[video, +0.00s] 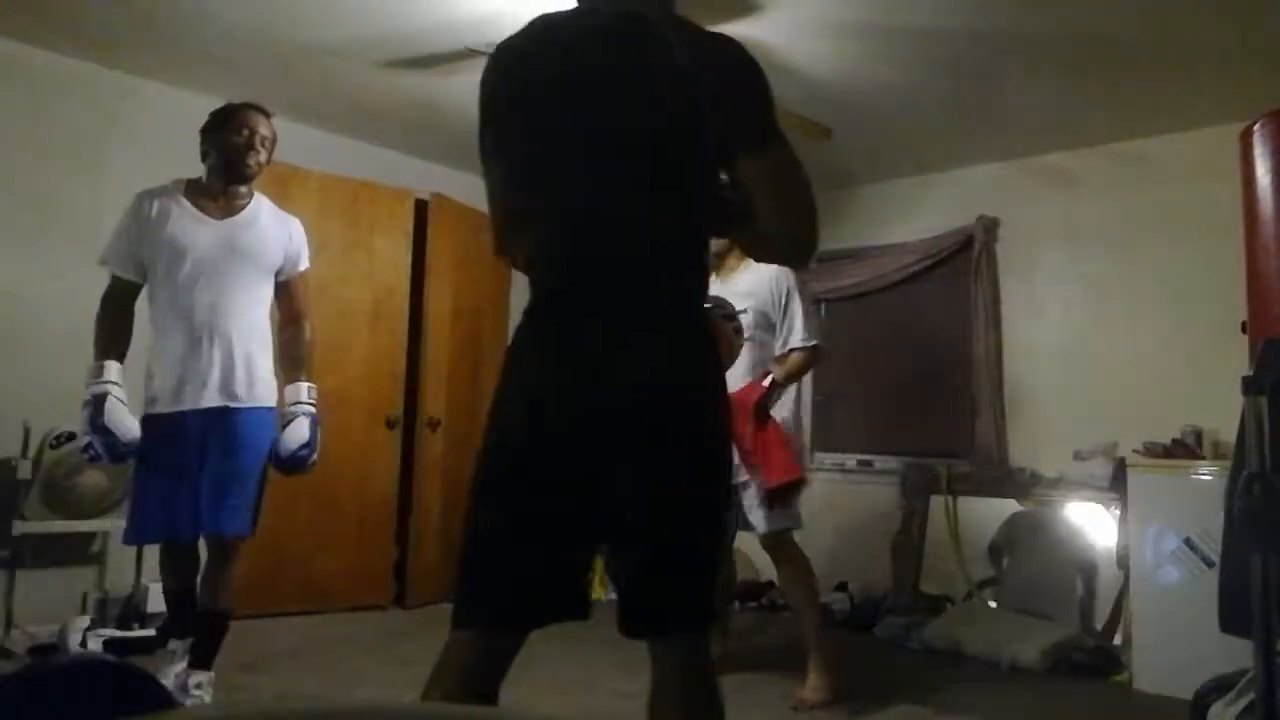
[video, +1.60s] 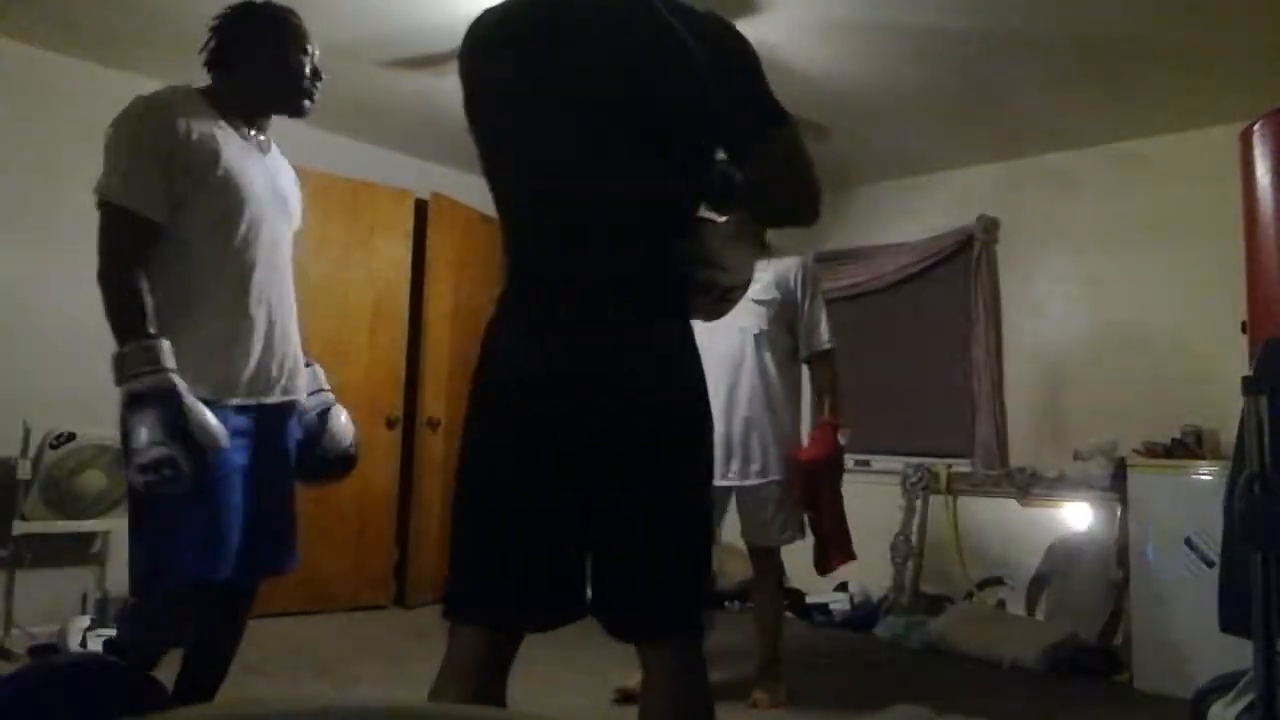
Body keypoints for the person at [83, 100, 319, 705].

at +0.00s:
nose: (255, 147)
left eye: (265, 143)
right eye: (243, 134)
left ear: (270, 158)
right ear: (207, 141)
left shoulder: (283, 230)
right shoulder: (155, 209)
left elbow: (295, 321)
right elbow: (118, 301)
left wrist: (301, 404)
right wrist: (105, 383)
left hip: (247, 403)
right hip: (171, 400)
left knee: (225, 541)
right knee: (175, 536)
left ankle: (200, 674)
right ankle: (186, 645)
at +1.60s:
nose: (317, 70)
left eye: (315, 57)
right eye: (301, 52)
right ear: (244, 53)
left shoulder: (278, 168)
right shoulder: (163, 121)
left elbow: (271, 298)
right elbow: (117, 264)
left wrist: (313, 390)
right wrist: (151, 383)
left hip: (268, 407)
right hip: (189, 404)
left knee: (236, 587)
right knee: (182, 588)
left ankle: (190, 711)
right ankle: (108, 694)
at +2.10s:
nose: (323, 60)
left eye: (324, 40)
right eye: (322, 37)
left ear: (238, 22)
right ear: (296, 29)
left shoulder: (167, 95)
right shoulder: (253, 79)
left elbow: (122, 254)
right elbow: (279, 236)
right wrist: (316, 394)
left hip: (129, 382)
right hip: (187, 395)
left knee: (122, 622)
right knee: (155, 658)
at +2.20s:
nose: (320, 66)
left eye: (321, 48)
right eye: (320, 44)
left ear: (233, 23)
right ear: (303, 33)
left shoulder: (156, 91)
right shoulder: (268, 81)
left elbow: (97, 244)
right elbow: (298, 241)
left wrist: (109, 364)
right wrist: (345, 388)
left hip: (117, 379)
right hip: (193, 389)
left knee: (122, 609)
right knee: (156, 621)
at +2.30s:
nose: (316, 60)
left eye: (317, 42)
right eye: (317, 41)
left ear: (230, 23)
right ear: (302, 32)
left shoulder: (152, 93)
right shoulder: (277, 83)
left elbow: (79, 239)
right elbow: (311, 240)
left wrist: (64, 366)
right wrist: (364, 388)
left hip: (111, 382)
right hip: (196, 392)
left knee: (132, 596)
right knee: (152, 610)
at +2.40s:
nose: (309, 65)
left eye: (311, 50)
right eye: (311, 49)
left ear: (227, 30)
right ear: (301, 37)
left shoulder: (149, 100)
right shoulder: (283, 90)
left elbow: (76, 236)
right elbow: (317, 241)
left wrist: (50, 376)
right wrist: (372, 392)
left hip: (113, 384)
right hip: (202, 395)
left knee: (130, 601)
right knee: (146, 614)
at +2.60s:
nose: (303, 61)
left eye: (303, 52)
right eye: (303, 50)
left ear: (219, 47)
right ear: (294, 47)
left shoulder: (150, 114)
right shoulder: (296, 108)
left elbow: (85, 252)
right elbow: (315, 255)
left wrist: (71, 383)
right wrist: (351, 390)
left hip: (122, 386)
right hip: (217, 396)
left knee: (139, 592)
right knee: (163, 605)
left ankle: (115, 705)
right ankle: (103, 710)